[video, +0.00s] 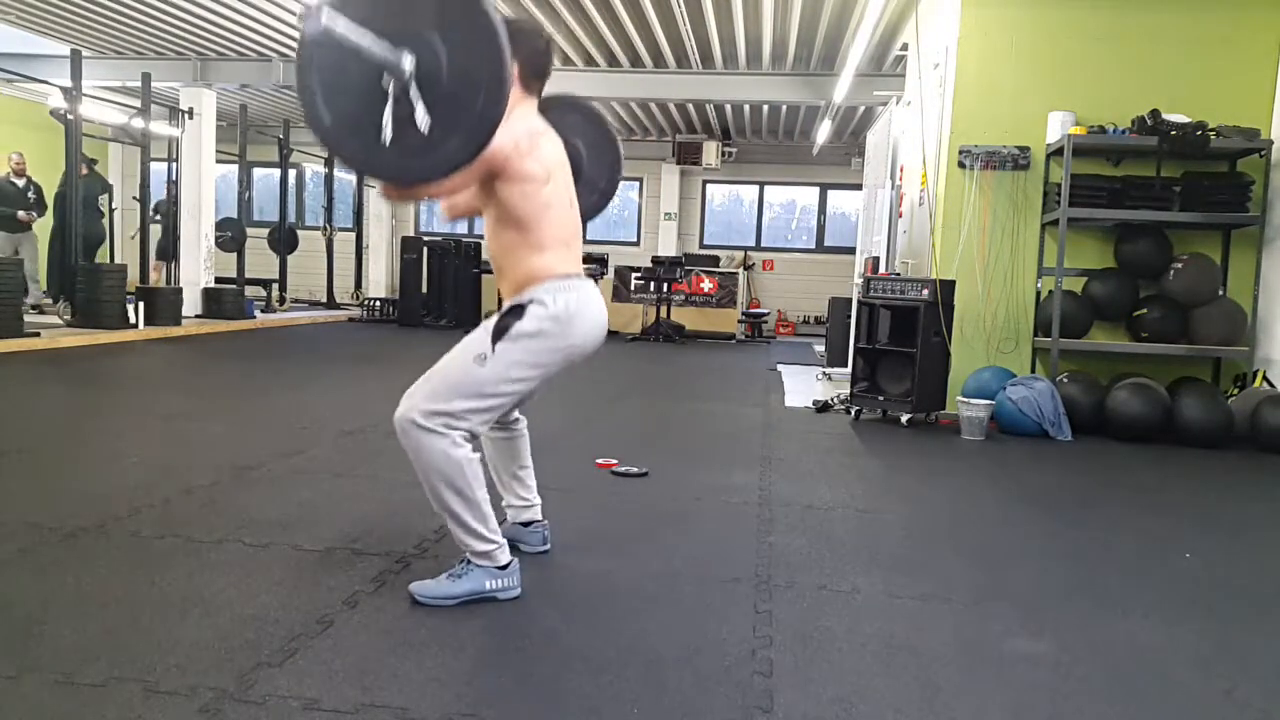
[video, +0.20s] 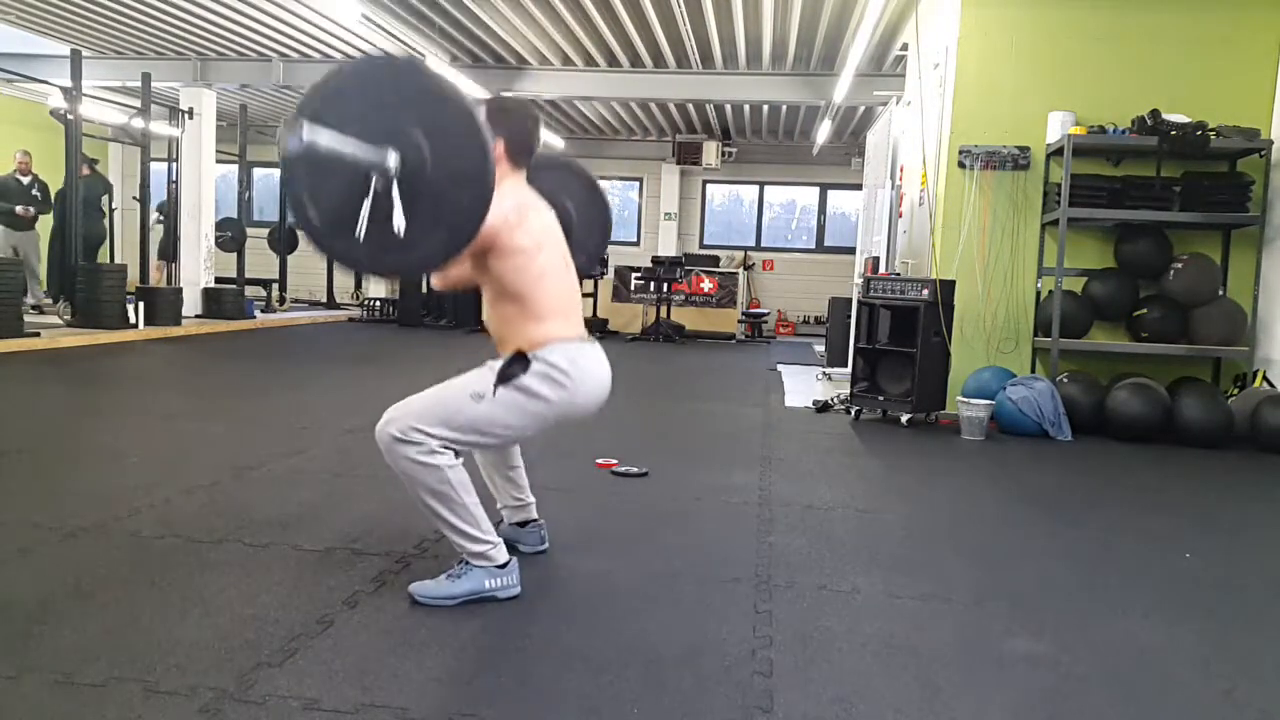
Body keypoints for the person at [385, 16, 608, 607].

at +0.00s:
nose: (477, 74)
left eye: (486, 64)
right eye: (480, 63)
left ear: (508, 70)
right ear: (532, 75)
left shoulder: (508, 131)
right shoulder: (543, 136)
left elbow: (416, 187)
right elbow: (457, 205)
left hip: (546, 309)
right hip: (577, 304)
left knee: (424, 416)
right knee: (495, 408)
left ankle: (488, 564)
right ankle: (526, 521)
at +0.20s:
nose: (467, 150)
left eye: (476, 139)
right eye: (471, 138)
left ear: (498, 148)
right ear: (520, 151)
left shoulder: (494, 208)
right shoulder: (536, 205)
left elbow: (435, 270)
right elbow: (448, 278)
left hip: (549, 372)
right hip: (585, 366)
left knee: (404, 430)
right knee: (471, 403)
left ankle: (487, 564)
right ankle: (523, 523)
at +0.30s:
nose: (456, 181)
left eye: (466, 171)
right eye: (459, 169)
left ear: (491, 182)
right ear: (503, 184)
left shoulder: (490, 241)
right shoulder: (531, 236)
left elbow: (427, 298)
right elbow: (444, 311)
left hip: (550, 404)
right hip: (585, 392)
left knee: (401, 433)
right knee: (461, 405)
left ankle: (488, 565)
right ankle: (522, 522)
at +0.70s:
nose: (457, 159)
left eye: (466, 149)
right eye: (462, 147)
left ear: (490, 161)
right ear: (504, 163)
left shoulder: (486, 221)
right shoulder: (527, 214)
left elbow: (430, 284)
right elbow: (446, 291)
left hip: (548, 376)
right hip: (584, 367)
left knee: (401, 431)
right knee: (470, 398)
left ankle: (488, 565)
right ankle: (522, 522)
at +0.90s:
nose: (474, 63)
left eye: (486, 53)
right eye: (479, 51)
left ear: (511, 72)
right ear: (522, 76)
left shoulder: (498, 132)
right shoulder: (537, 135)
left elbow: (398, 191)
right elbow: (451, 209)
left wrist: (395, 119)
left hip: (526, 305)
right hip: (559, 300)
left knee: (408, 426)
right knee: (485, 410)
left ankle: (490, 564)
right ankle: (525, 522)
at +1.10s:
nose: (489, 13)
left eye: (495, 5)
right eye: (496, 6)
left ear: (516, 5)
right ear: (544, 10)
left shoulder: (506, 62)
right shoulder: (560, 79)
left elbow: (409, 120)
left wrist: (420, 46)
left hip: (485, 238)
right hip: (524, 237)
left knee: (447, 403)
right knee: (496, 396)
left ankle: (491, 561)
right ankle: (525, 521)